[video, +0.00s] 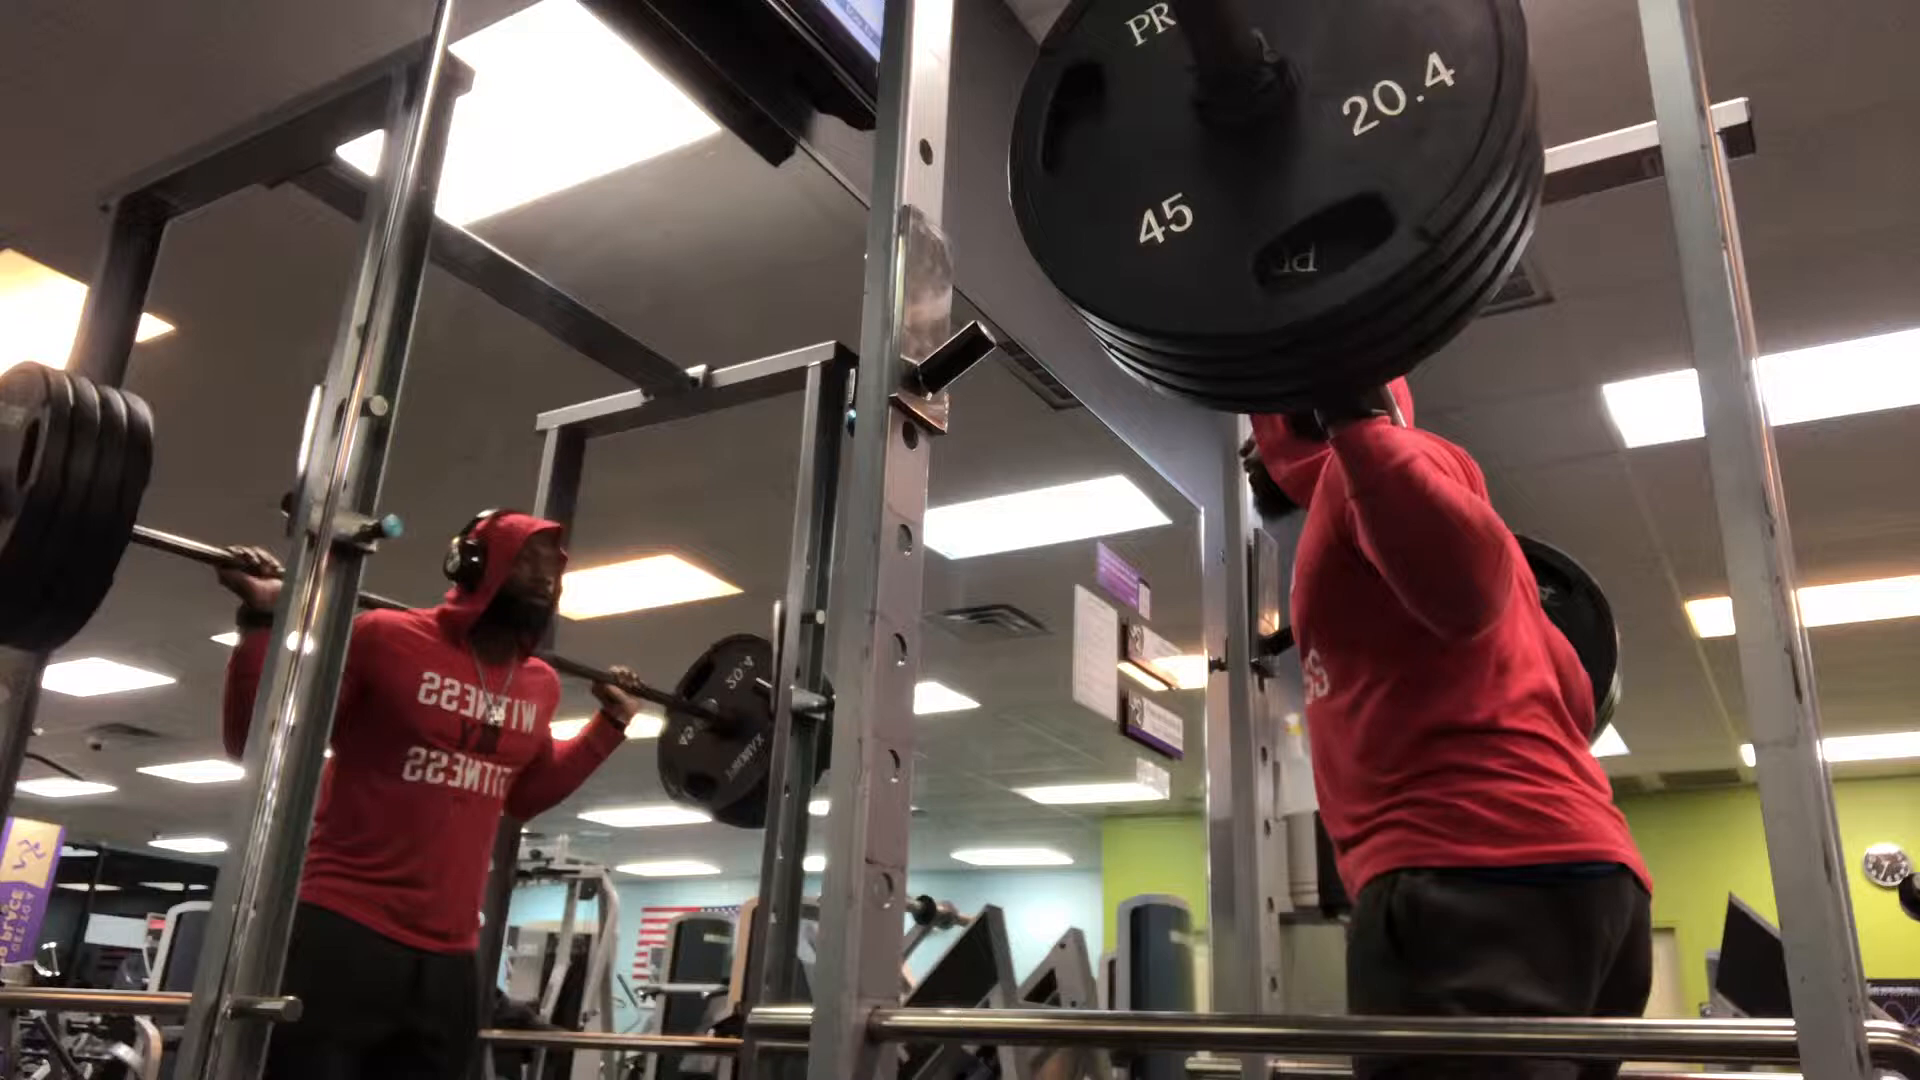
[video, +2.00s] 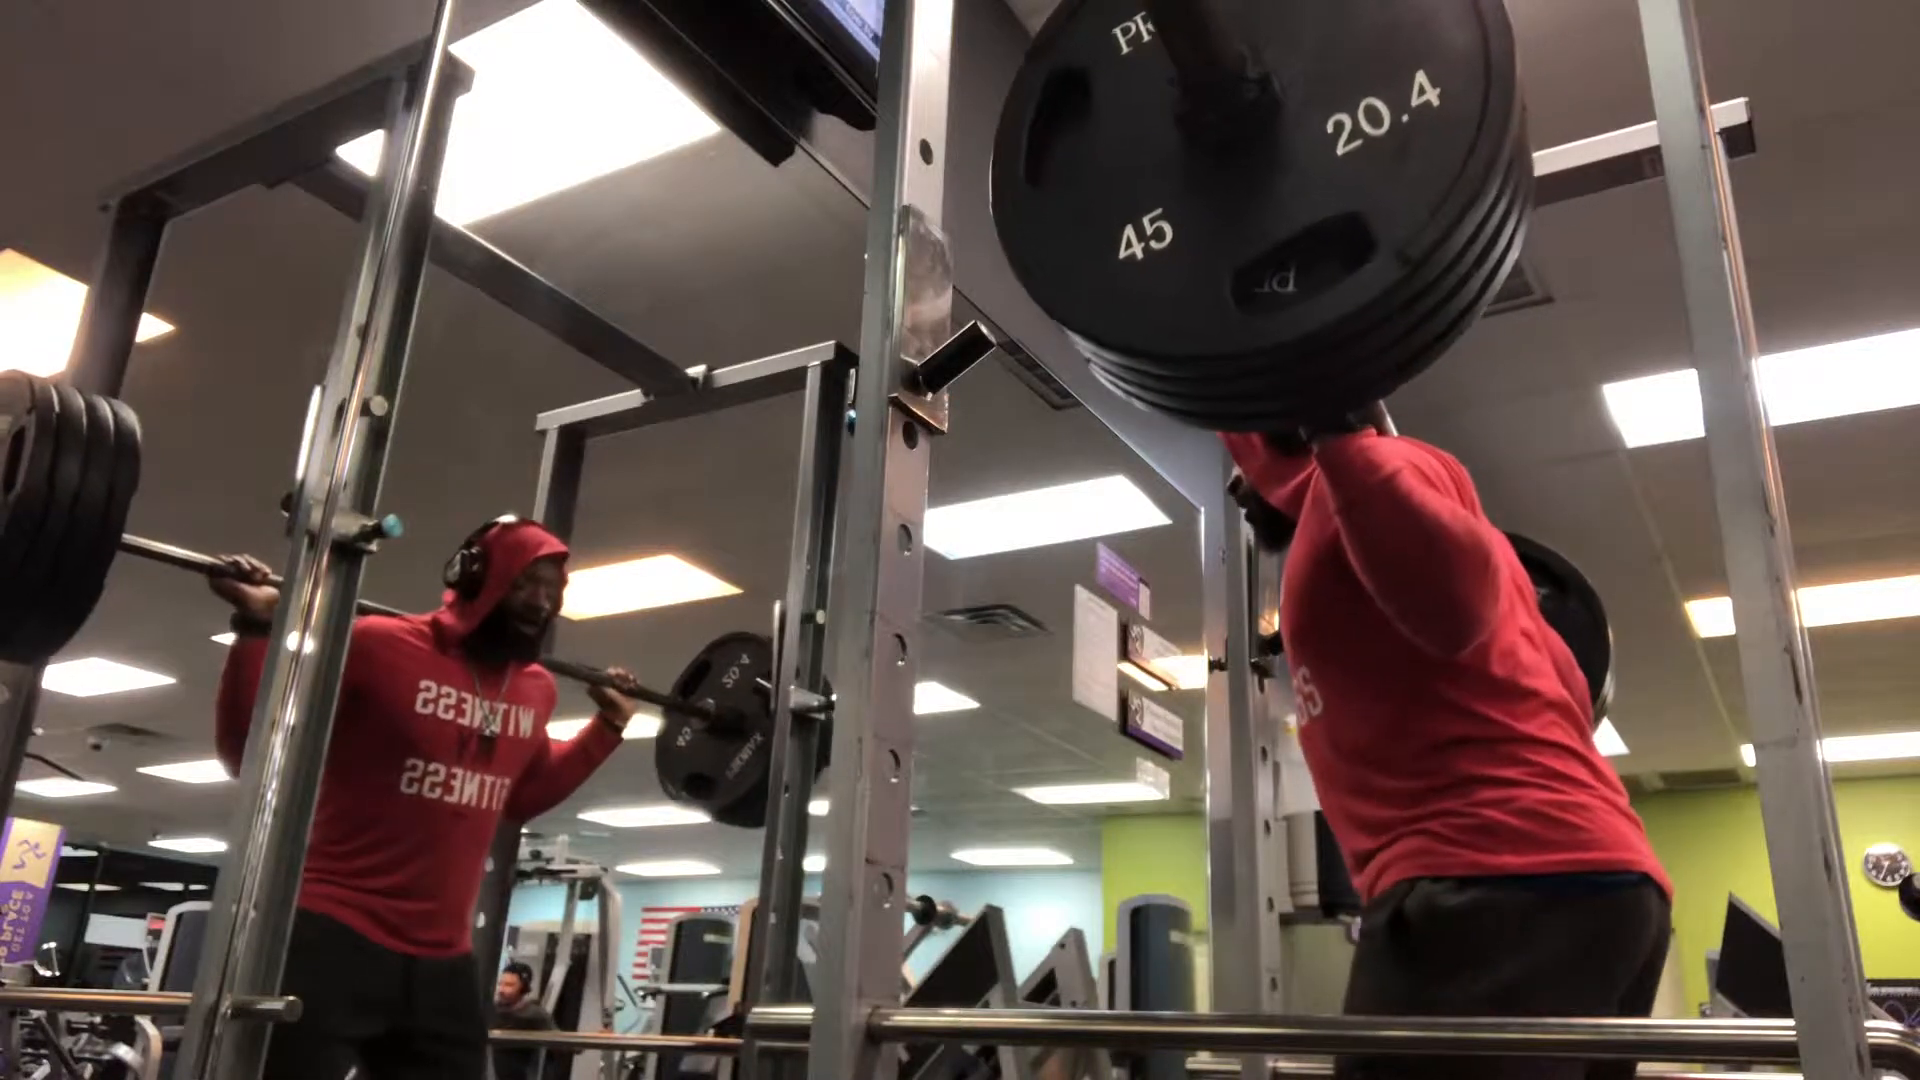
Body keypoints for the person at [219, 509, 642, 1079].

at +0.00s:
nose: (547, 579)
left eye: (555, 567)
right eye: (531, 562)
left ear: (560, 581)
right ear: (483, 566)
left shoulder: (538, 684)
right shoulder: (381, 636)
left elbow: (524, 796)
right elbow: (249, 742)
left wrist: (608, 724)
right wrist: (262, 620)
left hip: (450, 954)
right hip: (343, 928)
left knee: (435, 1072)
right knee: (314, 1071)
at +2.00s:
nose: (542, 601)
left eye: (553, 588)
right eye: (528, 582)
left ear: (560, 599)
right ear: (482, 578)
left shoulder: (534, 689)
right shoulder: (375, 643)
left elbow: (522, 798)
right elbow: (244, 753)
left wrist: (607, 725)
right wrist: (256, 629)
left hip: (444, 960)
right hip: (332, 934)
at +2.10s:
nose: (544, 607)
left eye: (555, 595)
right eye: (530, 589)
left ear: (564, 606)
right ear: (485, 586)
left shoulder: (534, 696)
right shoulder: (374, 650)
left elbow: (521, 804)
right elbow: (244, 760)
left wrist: (608, 734)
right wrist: (254, 638)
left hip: (448, 961)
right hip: (335, 937)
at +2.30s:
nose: (554, 603)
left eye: (563, 590)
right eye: (540, 585)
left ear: (566, 599)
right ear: (493, 582)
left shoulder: (538, 692)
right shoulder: (381, 646)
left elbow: (521, 802)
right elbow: (252, 754)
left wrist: (609, 730)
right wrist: (261, 632)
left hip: (447, 956)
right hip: (337, 934)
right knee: (306, 1070)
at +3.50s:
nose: (521, 821)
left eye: (532, 805)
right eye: (504, 800)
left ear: (540, 812)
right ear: (456, 799)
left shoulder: (512, 906)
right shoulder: (341, 878)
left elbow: (497, 1016)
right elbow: (220, 991)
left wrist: (586, 940)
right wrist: (223, 870)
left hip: (415, 1072)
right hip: (303, 1067)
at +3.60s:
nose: (520, 837)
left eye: (531, 821)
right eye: (504, 815)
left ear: (538, 829)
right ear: (455, 812)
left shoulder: (510, 924)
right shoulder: (342, 893)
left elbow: (500, 1030)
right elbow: (225, 1002)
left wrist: (589, 950)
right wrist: (223, 886)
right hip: (305, 1069)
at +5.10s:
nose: (551, 591)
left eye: (557, 575)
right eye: (534, 572)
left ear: (562, 586)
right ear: (488, 576)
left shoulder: (542, 686)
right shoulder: (390, 647)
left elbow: (539, 799)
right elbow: (255, 746)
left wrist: (618, 728)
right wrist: (268, 624)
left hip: (442, 946)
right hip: (340, 928)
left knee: (453, 1066)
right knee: (317, 1068)